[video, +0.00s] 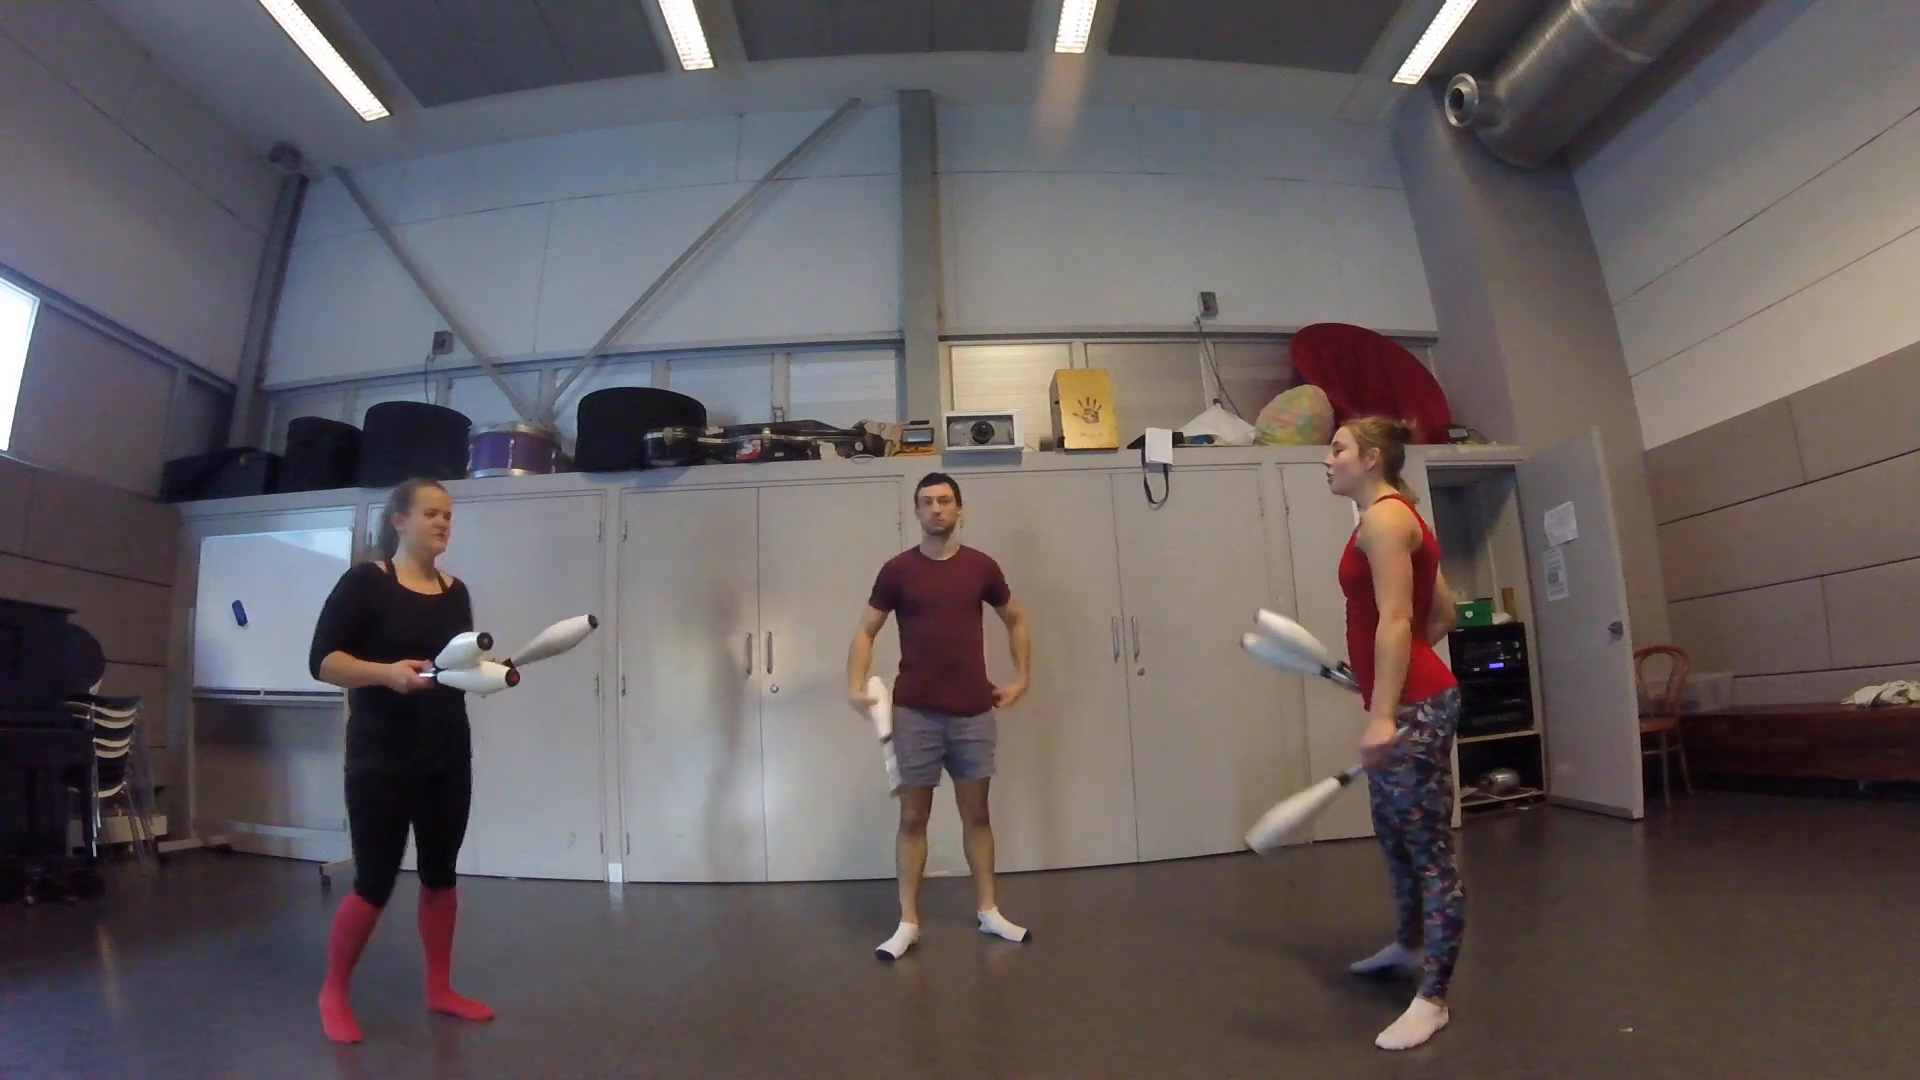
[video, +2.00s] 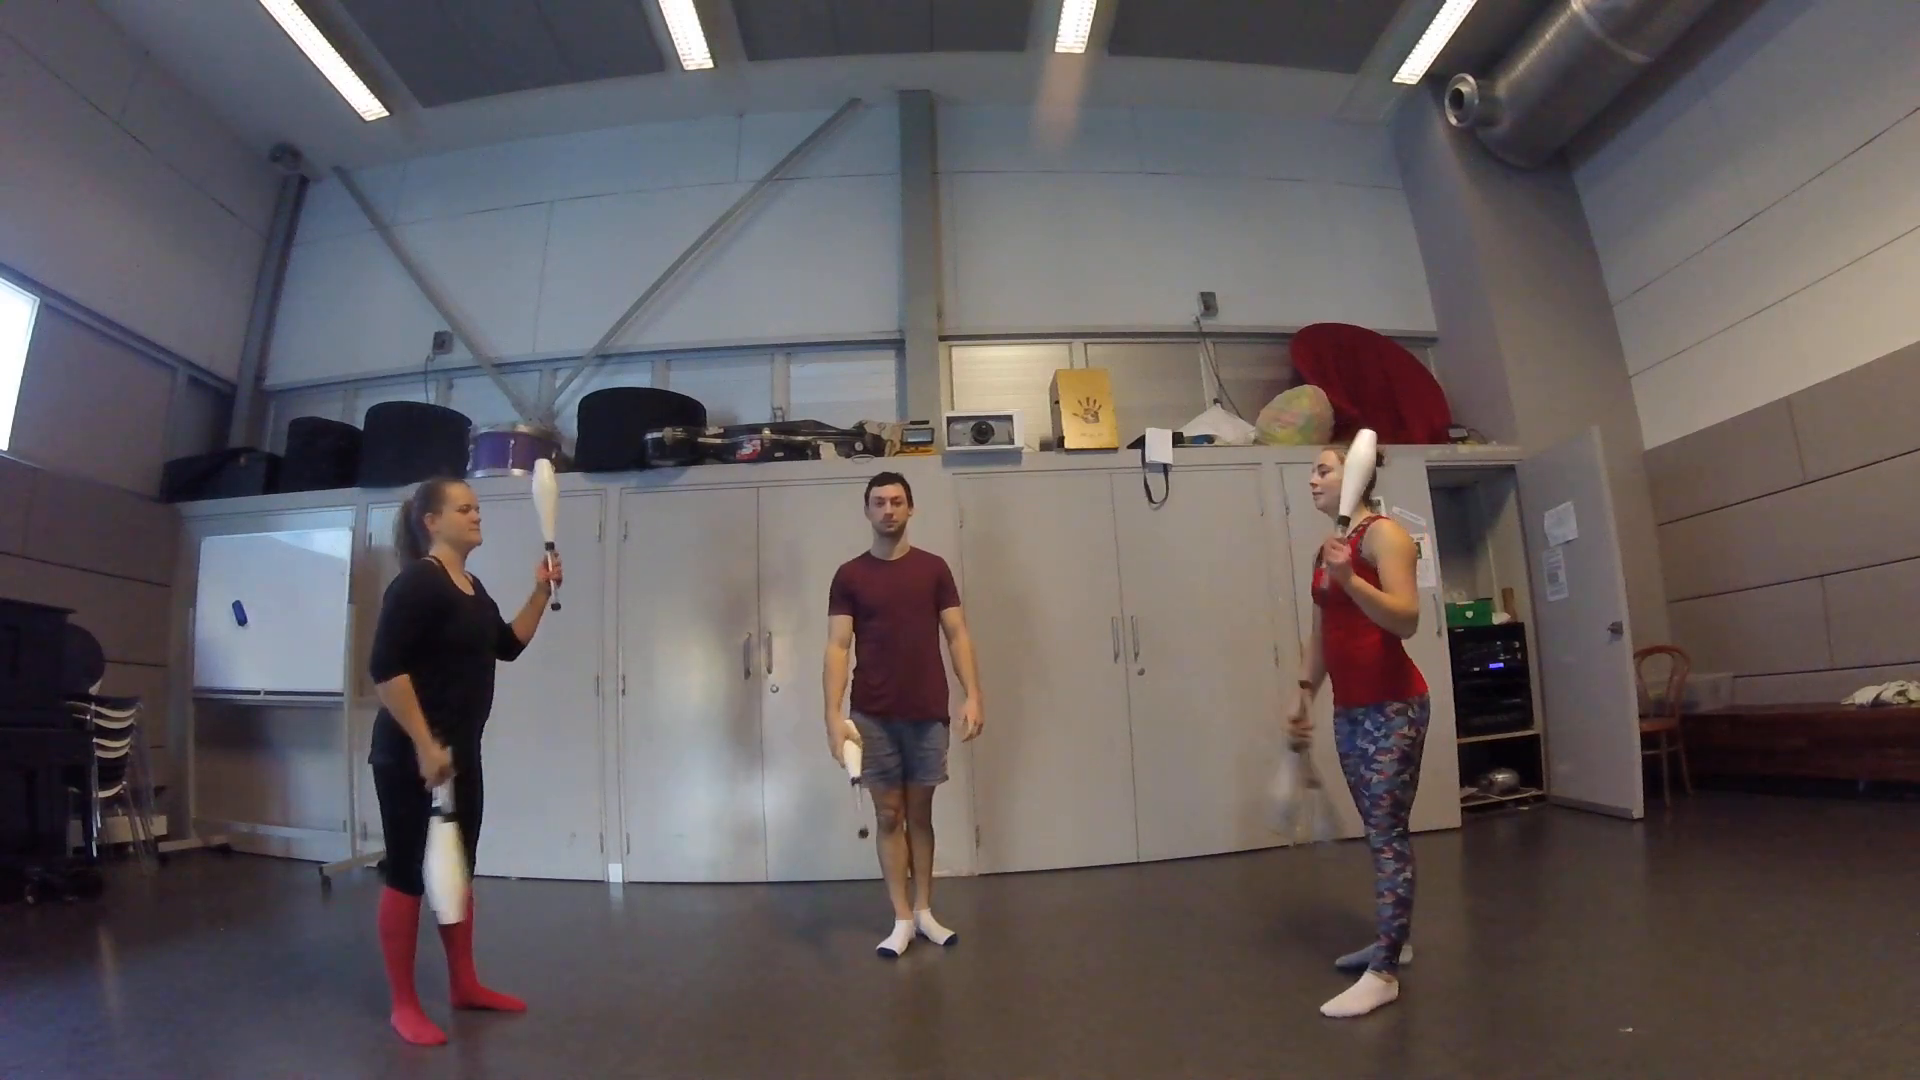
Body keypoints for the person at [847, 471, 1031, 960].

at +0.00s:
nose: (936, 508)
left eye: (944, 501)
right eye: (927, 502)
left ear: (959, 510)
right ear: (916, 512)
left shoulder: (982, 567)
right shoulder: (897, 571)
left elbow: (1015, 620)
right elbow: (867, 632)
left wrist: (1022, 681)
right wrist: (856, 686)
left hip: (973, 710)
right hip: (915, 710)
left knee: (977, 815)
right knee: (912, 819)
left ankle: (988, 911)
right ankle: (908, 921)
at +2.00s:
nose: (888, 509)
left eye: (896, 502)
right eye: (880, 503)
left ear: (910, 510)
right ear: (867, 512)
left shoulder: (934, 568)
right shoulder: (850, 576)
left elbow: (957, 633)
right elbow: (838, 647)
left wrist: (973, 694)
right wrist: (834, 716)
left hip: (927, 712)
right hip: (872, 714)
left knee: (920, 816)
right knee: (889, 817)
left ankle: (924, 912)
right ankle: (903, 920)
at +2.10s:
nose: (887, 509)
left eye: (895, 502)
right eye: (878, 502)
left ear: (909, 511)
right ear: (866, 511)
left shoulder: (932, 568)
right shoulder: (849, 576)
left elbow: (956, 634)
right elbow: (837, 648)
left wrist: (973, 698)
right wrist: (830, 720)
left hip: (926, 712)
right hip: (871, 715)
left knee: (920, 815)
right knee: (889, 817)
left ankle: (924, 911)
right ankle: (902, 919)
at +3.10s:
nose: (879, 466)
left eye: (891, 456)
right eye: (879, 458)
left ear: (927, 464)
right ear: (886, 470)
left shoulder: (969, 540)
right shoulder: (866, 546)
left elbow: (997, 620)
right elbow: (846, 631)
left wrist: (1013, 699)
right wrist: (829, 710)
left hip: (953, 722)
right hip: (880, 722)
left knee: (961, 851)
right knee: (872, 850)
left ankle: (967, 979)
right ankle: (902, 971)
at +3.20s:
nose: (873, 462)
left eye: (884, 452)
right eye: (872, 454)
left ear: (921, 459)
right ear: (879, 467)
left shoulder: (966, 535)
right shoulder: (862, 544)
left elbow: (997, 619)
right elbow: (844, 631)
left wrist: (1008, 698)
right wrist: (825, 711)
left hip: (954, 722)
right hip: (879, 722)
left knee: (960, 850)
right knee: (871, 854)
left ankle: (968, 980)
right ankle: (867, 1000)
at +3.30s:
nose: (862, 460)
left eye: (873, 450)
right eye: (860, 452)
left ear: (912, 455)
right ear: (876, 462)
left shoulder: (958, 532)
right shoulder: (853, 542)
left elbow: (987, 617)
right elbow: (837, 633)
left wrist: (983, 691)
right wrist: (821, 719)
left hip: (947, 724)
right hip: (873, 723)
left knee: (958, 854)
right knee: (861, 861)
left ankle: (965, 980)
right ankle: (847, 1014)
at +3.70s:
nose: (808, 452)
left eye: (815, 439)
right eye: (807, 442)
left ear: (855, 436)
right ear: (847, 439)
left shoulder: (899, 505)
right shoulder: (823, 533)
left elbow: (815, 560)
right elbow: (803, 633)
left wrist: (698, 573)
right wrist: (770, 711)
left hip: (911, 714)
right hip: (834, 721)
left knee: (965, 857)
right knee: (845, 867)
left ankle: (1009, 984)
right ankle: (847, 1017)